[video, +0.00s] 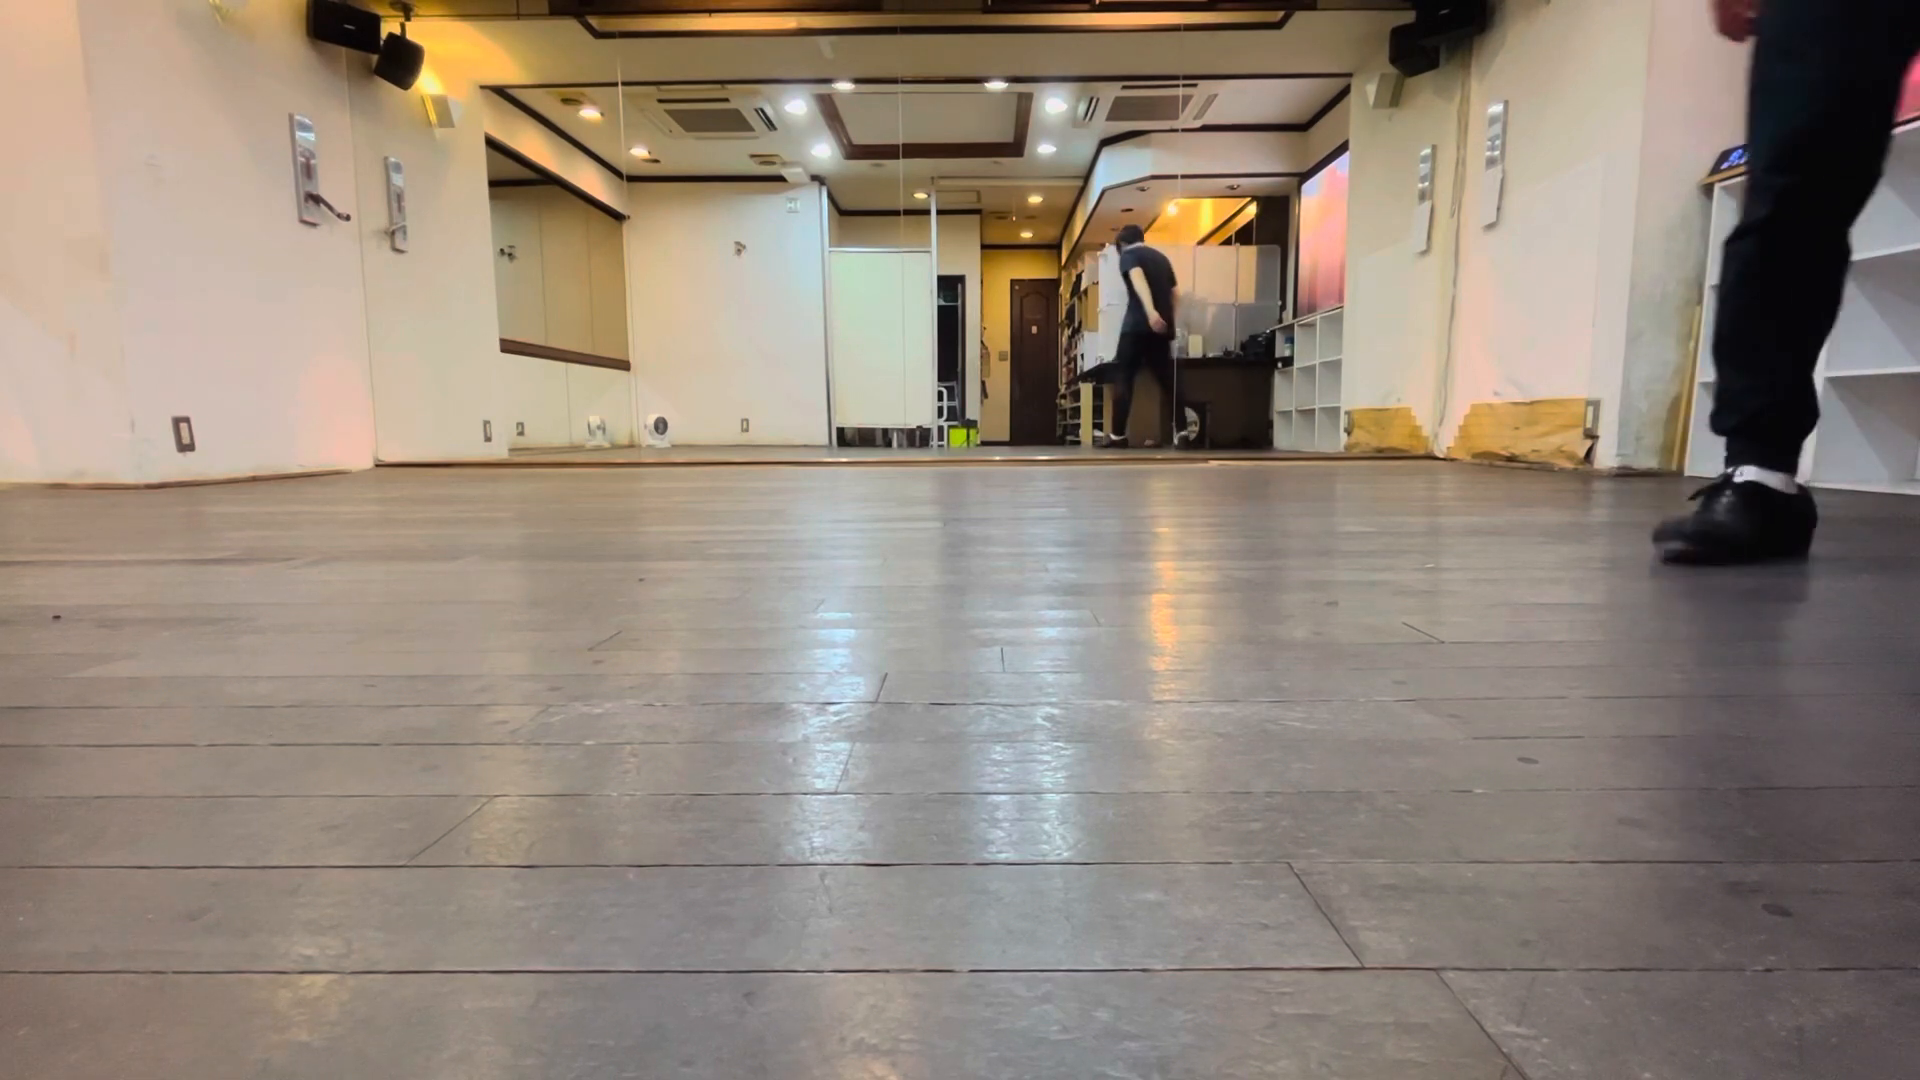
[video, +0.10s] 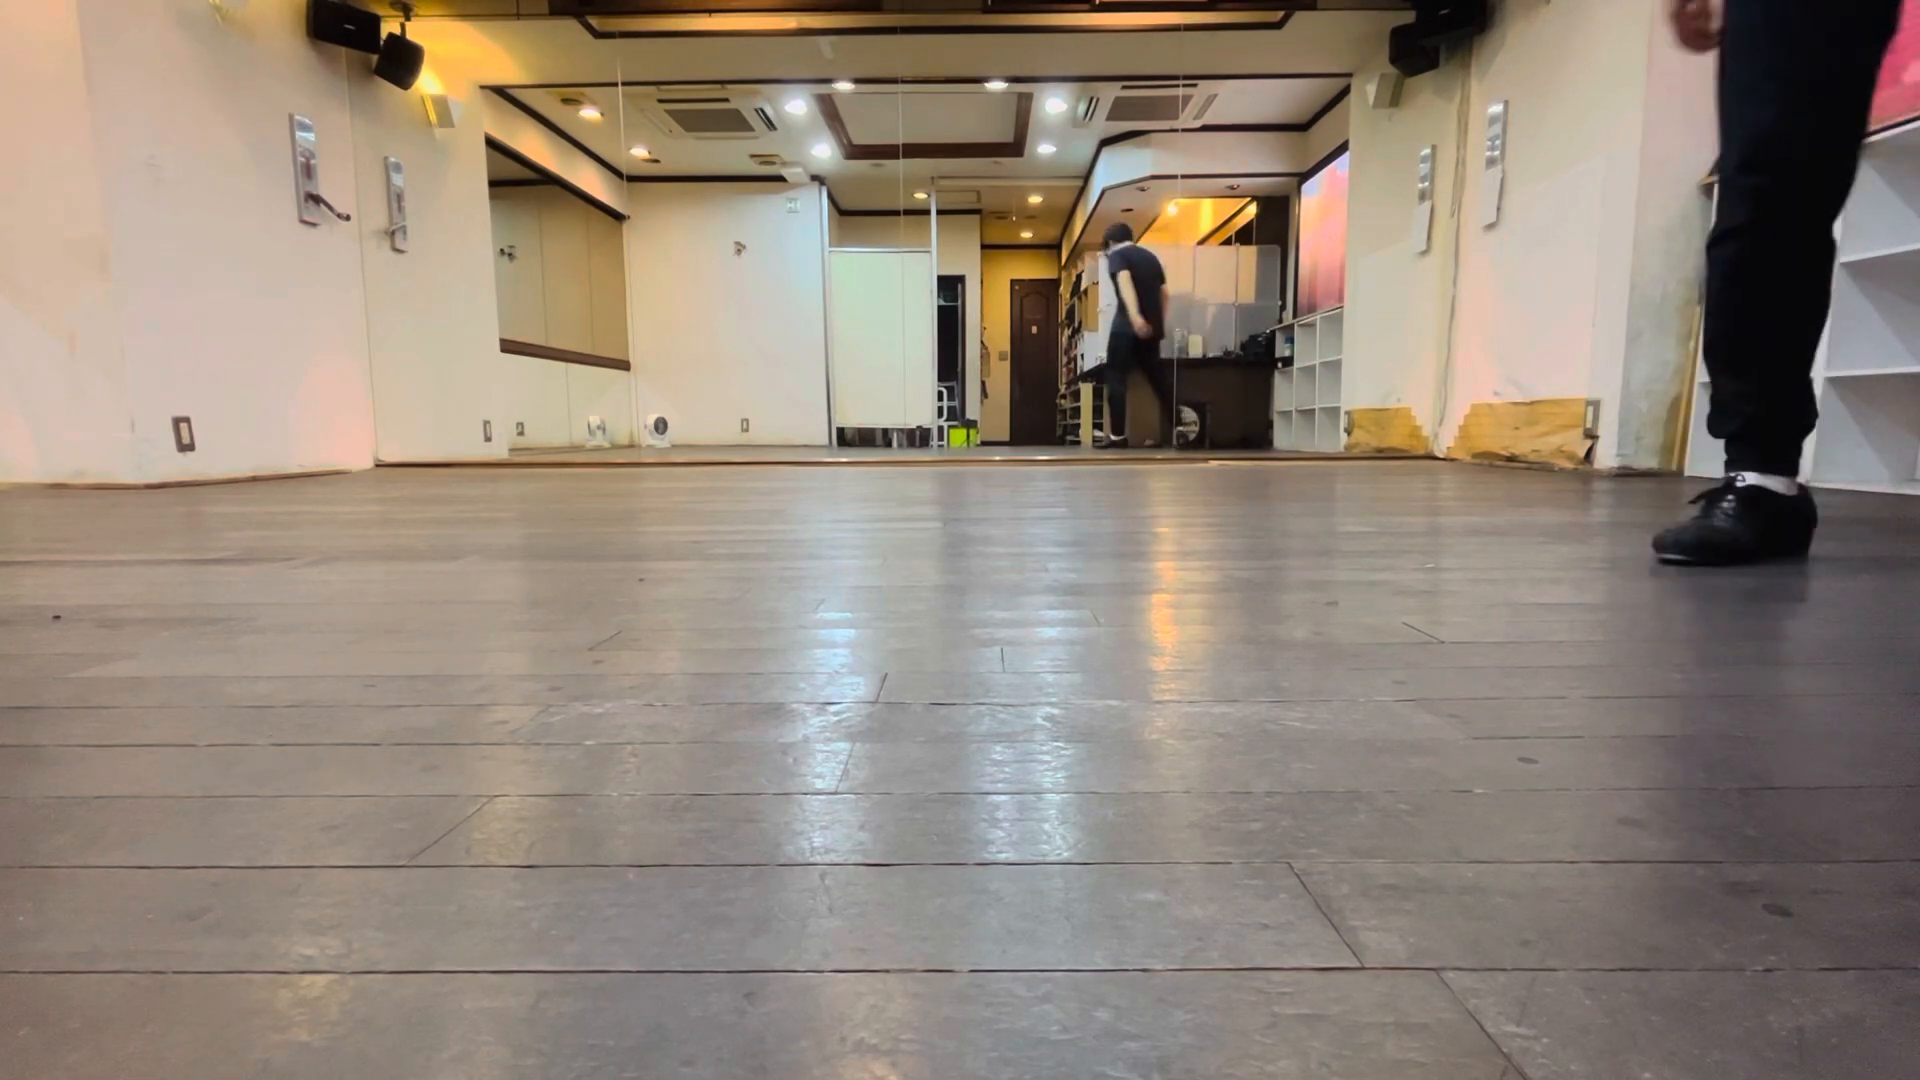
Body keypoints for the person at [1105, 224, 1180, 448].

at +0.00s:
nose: (1119, 251)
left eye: (1119, 247)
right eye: (1119, 247)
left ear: (1123, 243)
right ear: (1141, 240)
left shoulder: (1129, 255)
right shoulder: (1160, 256)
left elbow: (1139, 280)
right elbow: (1173, 292)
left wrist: (1151, 313)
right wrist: (1169, 319)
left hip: (1136, 327)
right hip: (1161, 328)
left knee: (1123, 376)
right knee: (1167, 378)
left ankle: (1117, 433)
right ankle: (1182, 429)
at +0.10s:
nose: (1108, 249)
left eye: (1107, 245)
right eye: (1107, 246)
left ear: (1110, 243)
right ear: (1130, 239)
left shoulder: (1116, 255)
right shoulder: (1149, 256)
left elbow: (1125, 282)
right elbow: (1164, 293)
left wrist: (1135, 317)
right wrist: (1160, 322)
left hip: (1127, 325)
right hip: (1152, 325)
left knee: (1115, 374)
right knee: (1156, 374)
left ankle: (1117, 434)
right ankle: (1172, 429)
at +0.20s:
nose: (1099, 249)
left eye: (1098, 245)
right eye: (1098, 246)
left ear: (1102, 242)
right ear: (1121, 238)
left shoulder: (1107, 256)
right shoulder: (1140, 257)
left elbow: (1110, 287)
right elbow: (1155, 292)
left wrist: (1111, 324)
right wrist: (1152, 327)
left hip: (1119, 326)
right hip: (1142, 326)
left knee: (1110, 376)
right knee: (1139, 372)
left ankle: (1116, 434)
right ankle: (1165, 420)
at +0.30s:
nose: (1091, 245)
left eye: (1091, 241)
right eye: (1091, 241)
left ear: (1094, 239)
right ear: (1112, 237)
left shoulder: (1098, 256)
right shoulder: (1132, 256)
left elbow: (1095, 293)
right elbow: (1146, 293)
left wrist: (1087, 331)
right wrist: (1145, 329)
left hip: (1110, 328)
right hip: (1132, 328)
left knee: (1108, 378)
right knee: (1126, 373)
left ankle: (1117, 434)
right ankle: (1139, 418)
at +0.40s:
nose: (1082, 246)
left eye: (1082, 242)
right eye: (1081, 243)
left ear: (1086, 239)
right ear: (1104, 237)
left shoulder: (1091, 256)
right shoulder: (1124, 256)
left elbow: (1083, 293)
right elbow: (1139, 292)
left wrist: (1065, 324)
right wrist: (1142, 327)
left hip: (1104, 329)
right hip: (1124, 328)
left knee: (1107, 379)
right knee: (1107, 377)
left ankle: (1117, 433)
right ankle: (1111, 428)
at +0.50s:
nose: (1073, 247)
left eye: (1073, 243)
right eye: (1073, 243)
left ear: (1077, 241)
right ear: (1095, 239)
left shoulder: (1081, 258)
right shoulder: (1114, 258)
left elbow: (1073, 294)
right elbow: (1131, 293)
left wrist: (1051, 317)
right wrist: (1136, 329)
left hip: (1096, 332)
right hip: (1115, 331)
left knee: (1103, 380)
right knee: (1091, 377)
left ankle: (1117, 433)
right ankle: (1084, 425)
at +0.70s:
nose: (1055, 252)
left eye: (1055, 248)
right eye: (1055, 248)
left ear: (1060, 245)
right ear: (1075, 245)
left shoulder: (1065, 259)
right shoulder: (1092, 264)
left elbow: (1061, 295)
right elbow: (1106, 302)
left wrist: (1041, 320)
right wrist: (1115, 336)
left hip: (1074, 333)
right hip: (1089, 333)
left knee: (1084, 381)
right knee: (1068, 381)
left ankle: (1112, 429)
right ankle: (1058, 430)